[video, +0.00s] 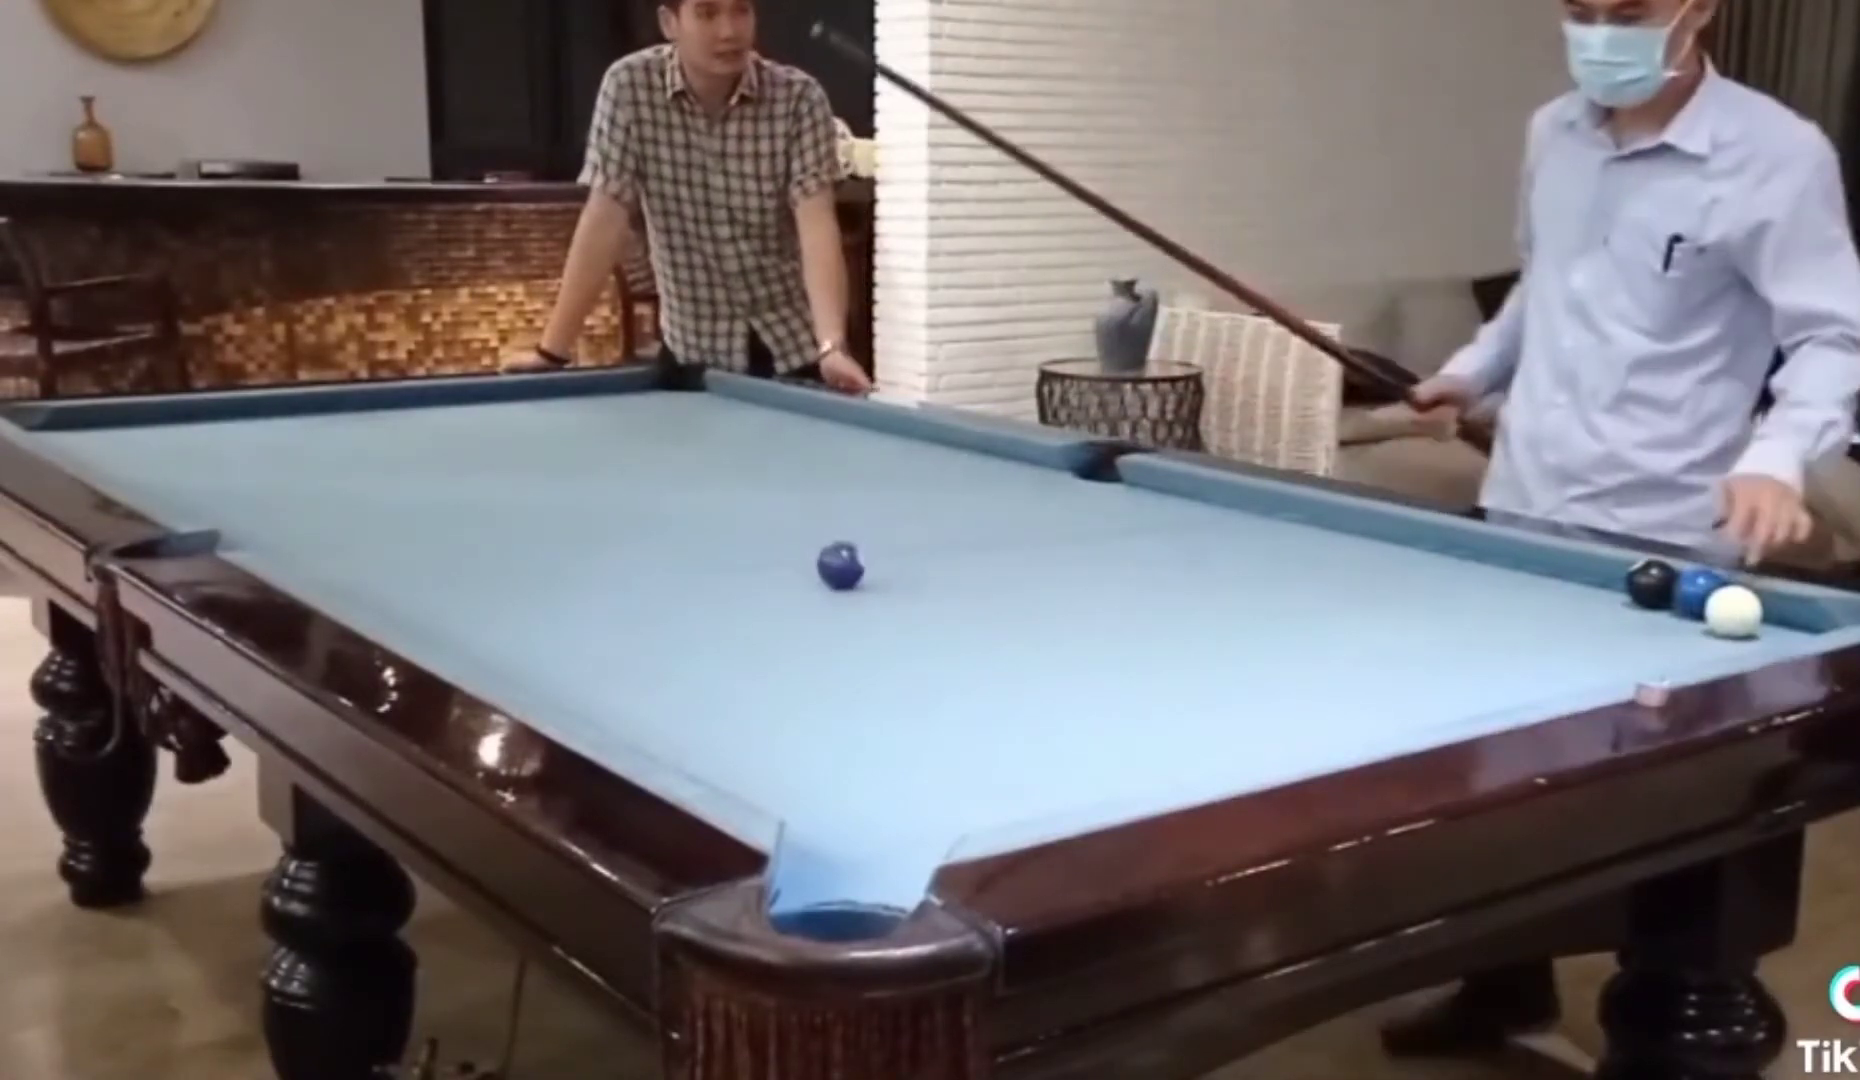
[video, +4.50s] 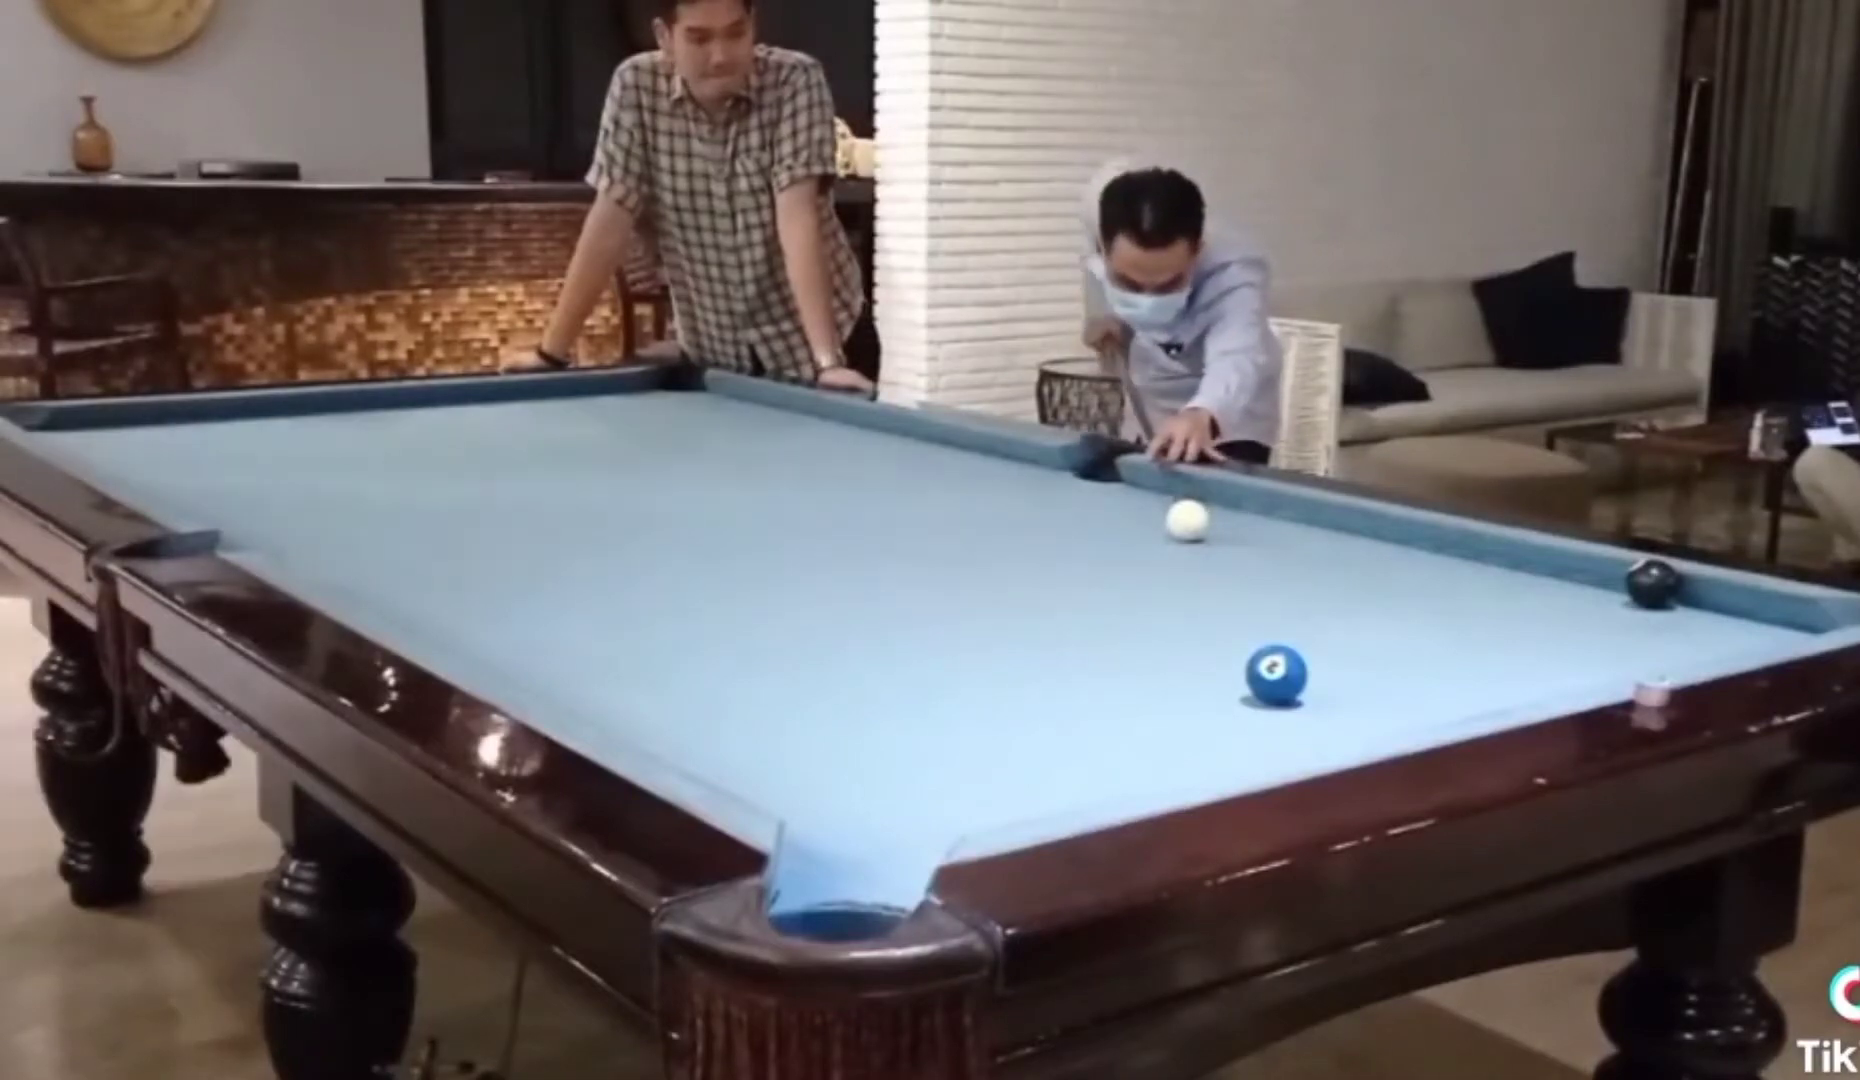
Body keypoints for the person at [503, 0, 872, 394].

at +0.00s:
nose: (728, 32)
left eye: (740, 12)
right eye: (707, 14)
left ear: (756, 18)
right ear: (669, 22)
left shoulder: (796, 96)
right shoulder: (630, 87)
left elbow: (817, 220)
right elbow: (606, 213)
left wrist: (831, 345)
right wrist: (552, 351)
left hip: (794, 339)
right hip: (694, 341)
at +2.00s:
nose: (713, 50)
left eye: (729, 28)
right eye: (693, 31)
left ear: (751, 27)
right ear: (662, 35)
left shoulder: (792, 79)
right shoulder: (636, 84)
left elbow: (798, 212)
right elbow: (611, 212)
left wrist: (829, 360)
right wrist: (552, 352)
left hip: (804, 348)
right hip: (706, 347)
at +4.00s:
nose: (717, 55)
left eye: (733, 33)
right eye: (696, 38)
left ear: (751, 29)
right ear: (662, 37)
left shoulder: (792, 80)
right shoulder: (637, 85)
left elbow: (798, 216)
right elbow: (610, 216)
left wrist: (829, 360)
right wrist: (550, 353)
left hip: (814, 348)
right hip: (710, 348)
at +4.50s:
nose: (720, 56)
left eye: (735, 35)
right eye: (700, 38)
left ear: (754, 28)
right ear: (664, 37)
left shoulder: (794, 80)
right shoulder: (637, 85)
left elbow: (799, 217)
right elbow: (611, 217)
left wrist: (829, 361)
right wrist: (552, 352)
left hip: (817, 347)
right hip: (711, 349)